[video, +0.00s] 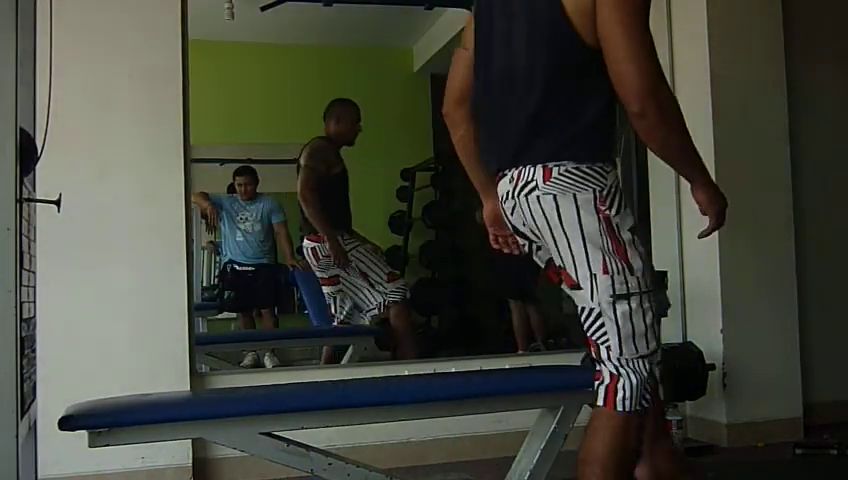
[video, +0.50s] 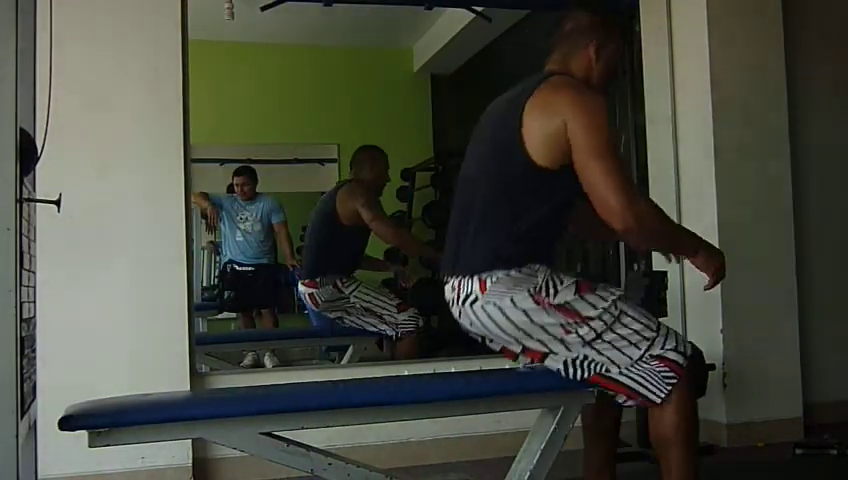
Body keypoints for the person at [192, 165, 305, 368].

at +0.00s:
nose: (243, 190)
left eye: (247, 185)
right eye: (239, 185)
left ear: (256, 185)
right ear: (234, 185)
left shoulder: (268, 204)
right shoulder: (226, 202)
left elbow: (281, 231)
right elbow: (197, 196)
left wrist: (289, 258)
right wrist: (207, 205)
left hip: (263, 267)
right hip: (235, 268)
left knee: (266, 311)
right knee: (244, 313)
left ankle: (269, 351)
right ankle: (251, 351)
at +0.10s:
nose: (241, 190)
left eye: (245, 185)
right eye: (237, 185)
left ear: (255, 185)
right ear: (233, 185)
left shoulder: (268, 204)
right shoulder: (226, 202)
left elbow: (281, 231)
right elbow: (197, 197)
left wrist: (289, 258)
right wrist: (207, 205)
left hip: (263, 267)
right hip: (235, 268)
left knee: (266, 311)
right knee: (244, 313)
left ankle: (269, 351)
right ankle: (251, 351)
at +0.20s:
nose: (240, 189)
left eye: (245, 185)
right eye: (237, 185)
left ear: (255, 185)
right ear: (233, 185)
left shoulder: (269, 204)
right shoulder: (226, 202)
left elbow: (281, 232)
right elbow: (197, 197)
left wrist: (289, 258)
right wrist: (208, 206)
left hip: (263, 267)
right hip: (235, 268)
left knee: (266, 310)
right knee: (244, 313)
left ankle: (269, 351)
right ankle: (251, 351)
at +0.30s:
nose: (240, 189)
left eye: (245, 185)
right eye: (236, 185)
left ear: (255, 185)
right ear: (233, 186)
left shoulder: (269, 204)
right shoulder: (226, 202)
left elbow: (281, 232)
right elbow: (197, 197)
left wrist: (289, 258)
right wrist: (208, 206)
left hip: (263, 268)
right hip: (235, 269)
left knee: (266, 310)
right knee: (244, 313)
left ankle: (269, 351)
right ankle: (251, 351)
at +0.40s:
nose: (240, 190)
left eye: (244, 185)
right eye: (236, 185)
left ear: (255, 185)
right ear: (233, 186)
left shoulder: (268, 204)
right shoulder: (226, 202)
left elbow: (281, 231)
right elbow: (197, 197)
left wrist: (289, 258)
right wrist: (208, 206)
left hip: (263, 268)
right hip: (235, 269)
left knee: (266, 311)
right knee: (244, 313)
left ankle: (269, 351)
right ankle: (251, 351)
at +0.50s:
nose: (240, 190)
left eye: (244, 185)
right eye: (236, 185)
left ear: (255, 185)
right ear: (232, 186)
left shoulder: (269, 204)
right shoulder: (226, 202)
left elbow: (281, 231)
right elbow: (196, 196)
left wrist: (289, 258)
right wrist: (208, 206)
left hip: (263, 268)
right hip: (235, 269)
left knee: (266, 311)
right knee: (244, 314)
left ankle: (269, 351)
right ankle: (251, 351)